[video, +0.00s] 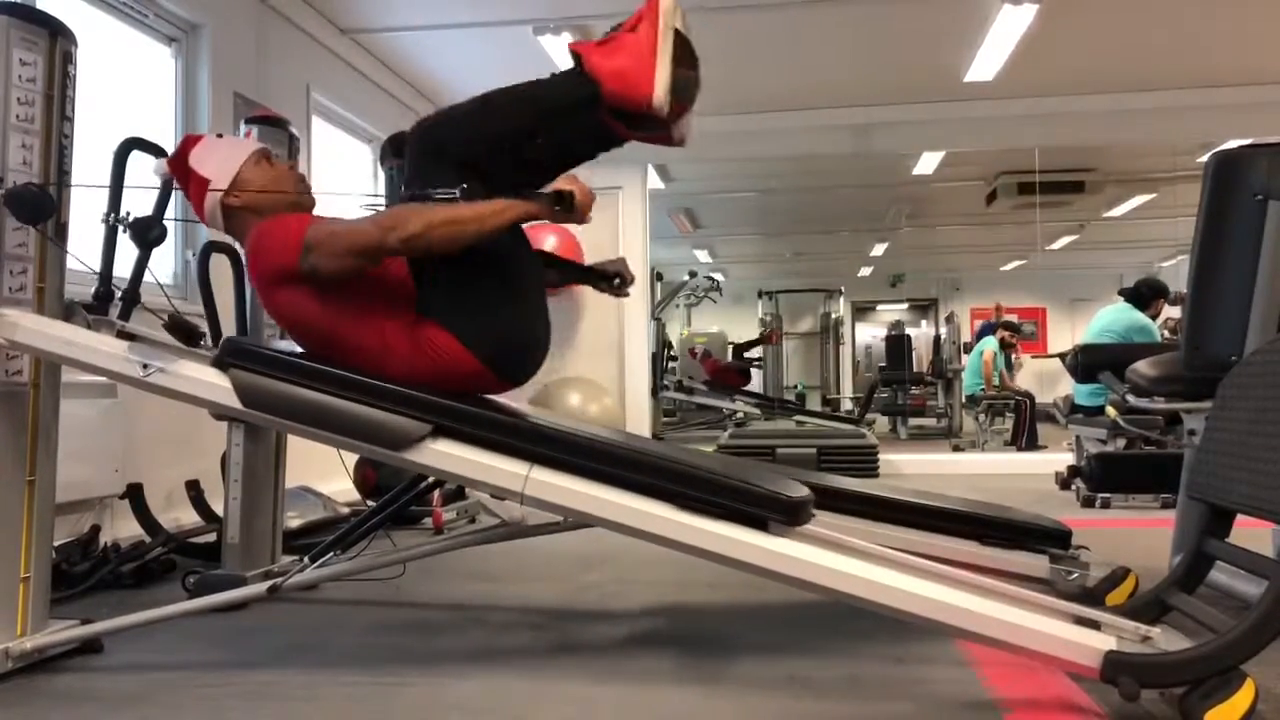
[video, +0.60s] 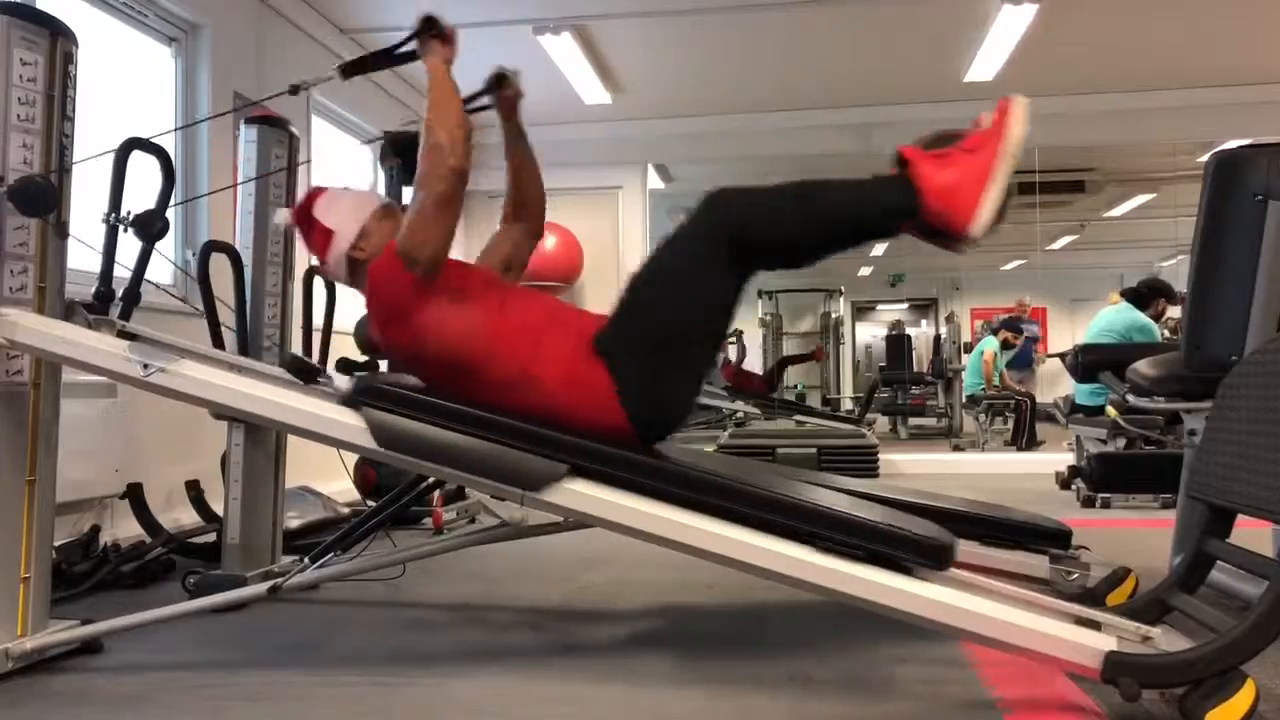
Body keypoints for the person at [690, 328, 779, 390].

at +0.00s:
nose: (709, 351)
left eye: (707, 350)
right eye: (707, 351)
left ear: (701, 359)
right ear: (706, 354)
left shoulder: (710, 367)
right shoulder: (712, 365)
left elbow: (731, 366)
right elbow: (731, 365)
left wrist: (753, 360)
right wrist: (751, 365)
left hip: (740, 380)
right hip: (742, 378)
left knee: (736, 349)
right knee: (737, 349)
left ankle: (765, 339)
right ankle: (766, 339)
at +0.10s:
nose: (710, 352)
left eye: (708, 351)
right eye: (708, 351)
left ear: (701, 359)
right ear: (707, 354)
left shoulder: (710, 367)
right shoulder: (712, 365)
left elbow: (732, 365)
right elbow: (732, 364)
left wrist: (755, 359)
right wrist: (753, 364)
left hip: (741, 380)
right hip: (742, 378)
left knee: (740, 349)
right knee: (740, 350)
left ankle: (768, 340)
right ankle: (769, 340)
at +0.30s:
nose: (710, 350)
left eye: (707, 350)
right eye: (707, 350)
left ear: (703, 359)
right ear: (706, 355)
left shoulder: (713, 369)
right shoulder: (716, 366)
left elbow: (732, 360)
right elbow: (736, 359)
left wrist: (746, 350)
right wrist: (749, 350)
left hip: (746, 384)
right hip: (749, 381)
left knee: (753, 354)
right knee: (754, 354)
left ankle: (780, 344)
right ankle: (782, 344)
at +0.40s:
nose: (716, 355)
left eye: (714, 354)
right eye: (713, 355)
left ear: (708, 362)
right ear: (712, 359)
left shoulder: (718, 370)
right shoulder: (720, 369)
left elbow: (735, 358)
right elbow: (736, 358)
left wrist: (745, 344)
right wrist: (747, 343)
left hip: (750, 384)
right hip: (753, 384)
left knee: (764, 356)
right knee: (764, 355)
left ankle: (793, 349)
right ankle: (794, 349)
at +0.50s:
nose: (721, 357)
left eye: (719, 356)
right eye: (718, 357)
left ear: (712, 364)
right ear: (716, 361)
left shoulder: (724, 371)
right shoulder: (725, 371)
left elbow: (738, 356)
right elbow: (739, 355)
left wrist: (742, 340)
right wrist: (743, 339)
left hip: (757, 385)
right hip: (759, 383)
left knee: (774, 358)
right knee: (774, 357)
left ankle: (802, 353)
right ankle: (803, 352)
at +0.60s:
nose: (725, 350)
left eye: (724, 348)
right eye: (723, 348)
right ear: (723, 357)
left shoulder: (727, 371)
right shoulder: (730, 372)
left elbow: (740, 357)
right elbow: (741, 357)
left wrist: (738, 340)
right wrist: (740, 339)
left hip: (763, 384)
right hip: (765, 385)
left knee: (783, 362)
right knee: (783, 362)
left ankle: (812, 356)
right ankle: (813, 356)